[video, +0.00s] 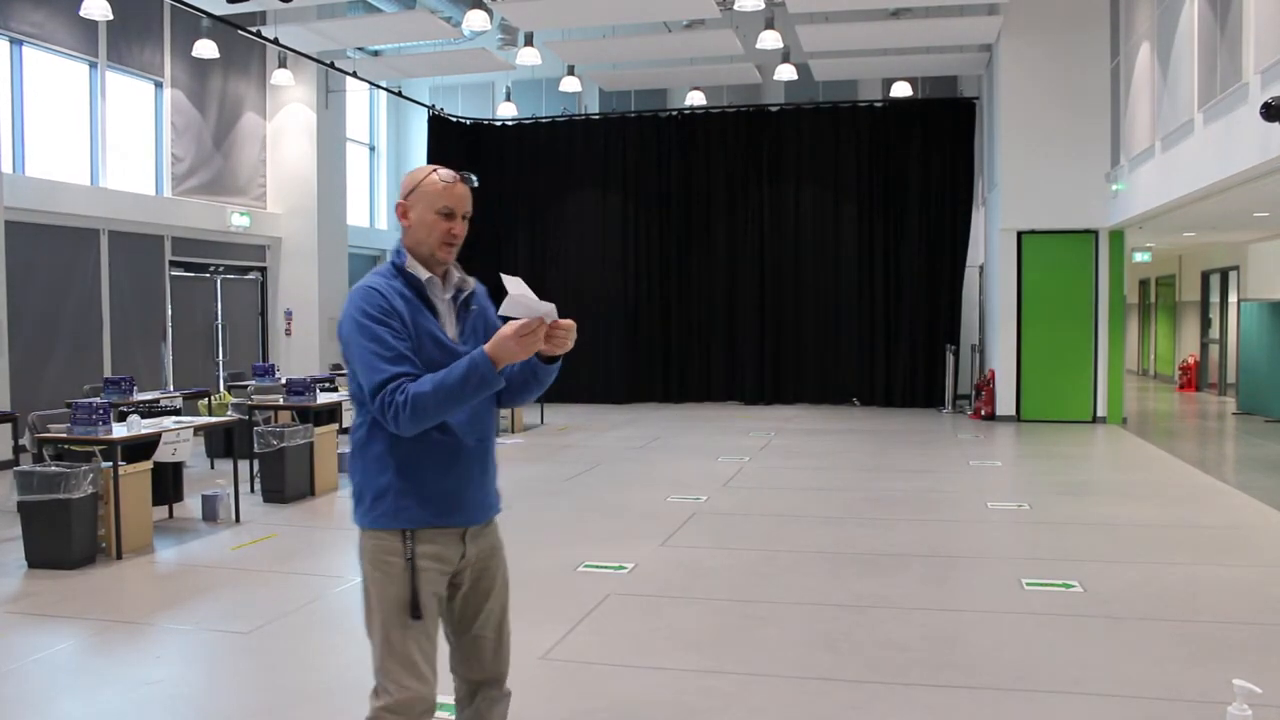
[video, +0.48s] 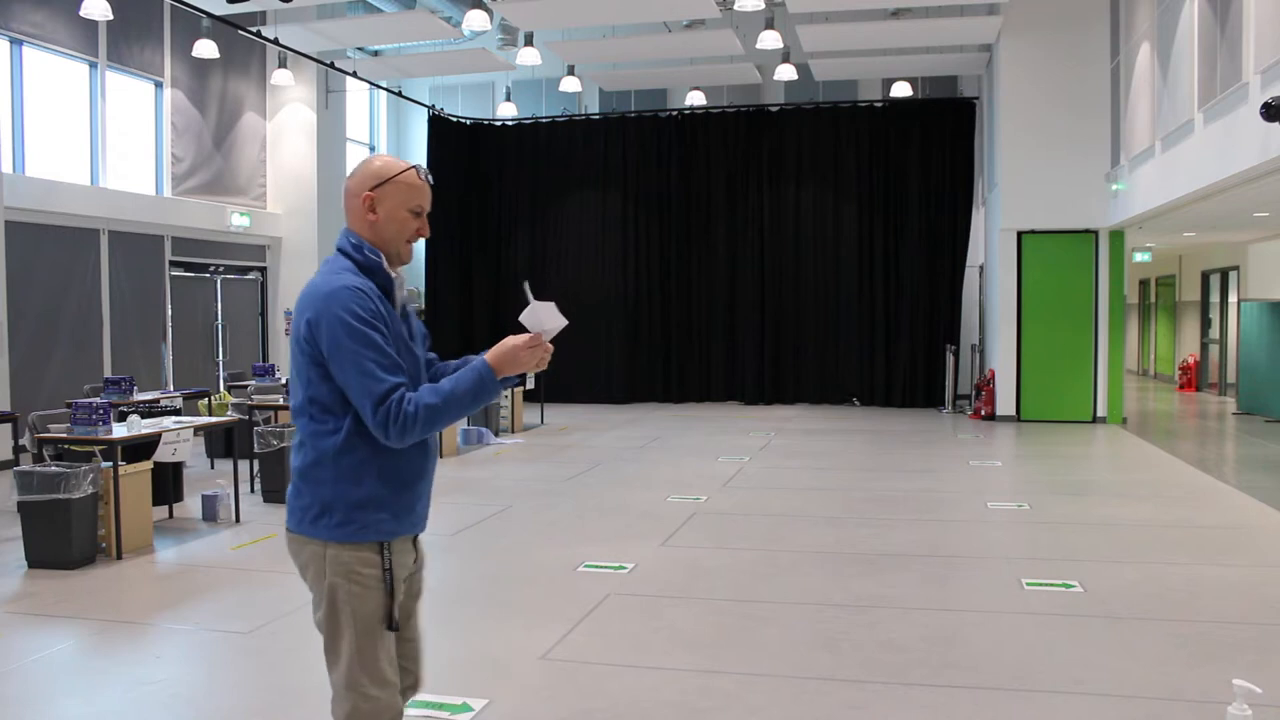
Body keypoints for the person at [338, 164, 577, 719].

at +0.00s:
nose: (458, 229)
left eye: (464, 218)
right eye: (445, 215)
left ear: (469, 223)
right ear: (404, 214)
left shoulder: (473, 298)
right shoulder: (371, 302)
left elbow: (507, 389)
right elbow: (399, 409)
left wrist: (548, 356)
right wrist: (492, 356)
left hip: (476, 523)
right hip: (402, 530)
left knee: (486, 690)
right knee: (407, 698)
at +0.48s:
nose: (424, 229)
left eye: (426, 216)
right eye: (415, 213)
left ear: (372, 210)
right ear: (368, 206)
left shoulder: (378, 289)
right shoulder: (340, 296)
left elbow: (426, 375)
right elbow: (395, 419)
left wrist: (501, 363)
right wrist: (491, 368)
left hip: (390, 527)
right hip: (349, 533)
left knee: (397, 686)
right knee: (369, 700)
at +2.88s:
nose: (333, 209)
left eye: (328, 196)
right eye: (328, 198)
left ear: (264, 215)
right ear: (314, 212)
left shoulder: (230, 289)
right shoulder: (325, 288)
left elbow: (285, 356)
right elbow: (430, 268)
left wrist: (358, 333)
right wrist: (434, 185)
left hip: (244, 522)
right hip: (322, 524)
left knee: (272, 688)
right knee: (350, 688)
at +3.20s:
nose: (365, 220)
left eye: (361, 209)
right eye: (360, 209)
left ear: (303, 222)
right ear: (346, 221)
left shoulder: (282, 295)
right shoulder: (335, 290)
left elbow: (358, 354)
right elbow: (439, 237)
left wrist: (418, 311)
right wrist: (415, 146)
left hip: (308, 521)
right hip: (353, 521)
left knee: (366, 660)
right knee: (379, 683)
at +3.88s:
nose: (453, 251)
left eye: (449, 243)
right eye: (450, 244)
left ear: (398, 262)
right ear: (444, 252)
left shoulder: (378, 336)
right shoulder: (470, 311)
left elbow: (389, 421)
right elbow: (541, 245)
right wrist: (492, 191)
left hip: (410, 512)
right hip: (469, 505)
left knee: (481, 619)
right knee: (459, 646)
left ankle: (501, 711)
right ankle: (414, 719)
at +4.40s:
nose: (490, 259)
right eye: (488, 253)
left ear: (440, 271)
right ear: (488, 261)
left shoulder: (423, 327)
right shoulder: (524, 312)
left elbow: (407, 413)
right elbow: (540, 391)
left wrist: (453, 409)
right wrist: (499, 412)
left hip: (448, 480)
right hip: (515, 472)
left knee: (489, 600)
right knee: (495, 610)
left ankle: (504, 708)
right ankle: (462, 716)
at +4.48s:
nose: (492, 260)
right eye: (490, 254)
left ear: (442, 271)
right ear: (490, 262)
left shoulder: (423, 327)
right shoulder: (525, 312)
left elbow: (406, 413)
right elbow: (544, 401)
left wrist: (453, 406)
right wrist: (498, 407)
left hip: (448, 483)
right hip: (515, 476)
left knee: (490, 599)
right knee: (494, 611)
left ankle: (503, 708)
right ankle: (462, 717)